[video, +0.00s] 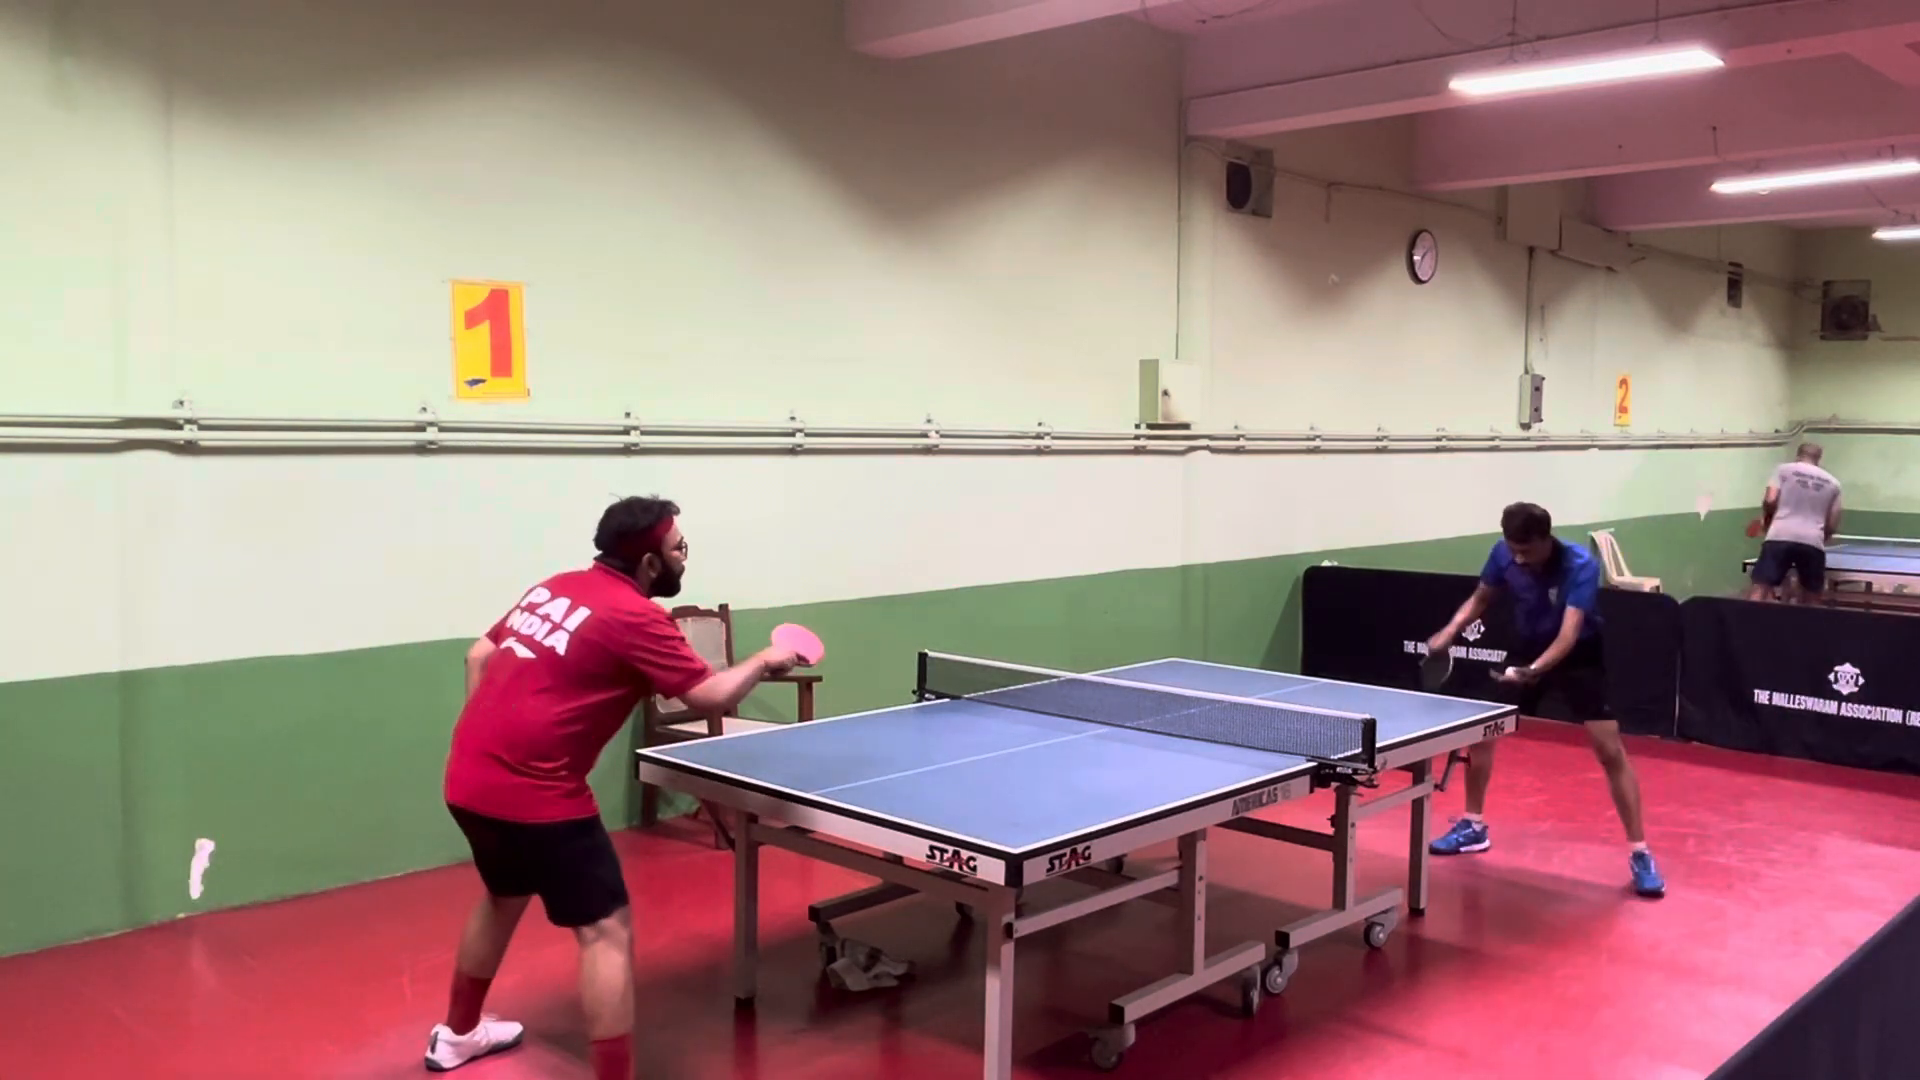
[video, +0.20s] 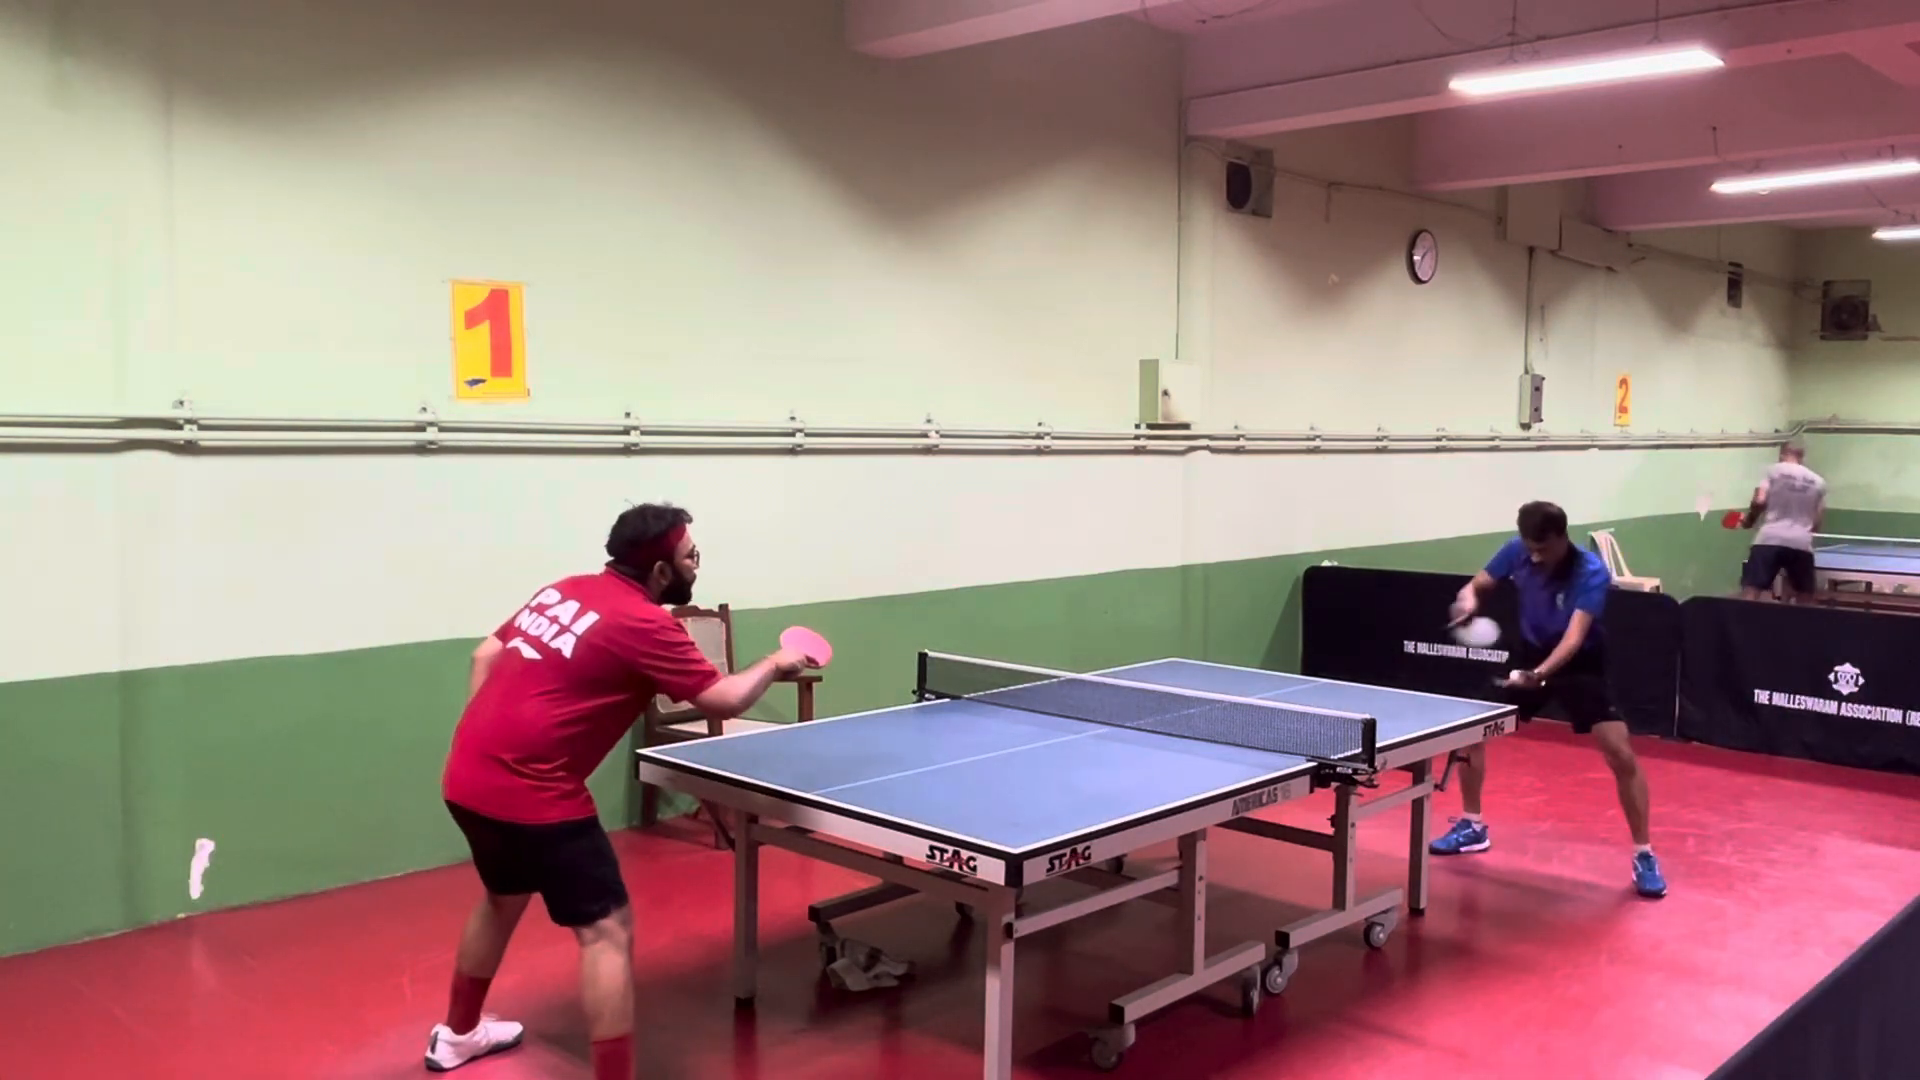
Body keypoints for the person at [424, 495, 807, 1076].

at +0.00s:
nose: (686, 556)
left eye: (683, 545)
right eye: (678, 548)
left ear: (623, 555)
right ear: (648, 561)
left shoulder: (559, 585)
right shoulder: (640, 618)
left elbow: (480, 655)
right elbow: (710, 696)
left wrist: (485, 740)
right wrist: (763, 660)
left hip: (469, 785)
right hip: (541, 796)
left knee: (504, 896)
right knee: (605, 929)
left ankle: (457, 1033)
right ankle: (615, 1071)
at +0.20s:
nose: (698, 562)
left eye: (695, 552)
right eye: (690, 555)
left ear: (634, 562)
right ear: (659, 569)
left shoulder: (567, 588)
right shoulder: (648, 624)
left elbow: (486, 654)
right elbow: (723, 699)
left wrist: (482, 739)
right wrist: (775, 663)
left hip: (468, 783)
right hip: (538, 795)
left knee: (504, 897)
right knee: (605, 929)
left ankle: (458, 1032)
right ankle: (614, 1071)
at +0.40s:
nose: (701, 568)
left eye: (697, 558)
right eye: (692, 561)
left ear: (638, 568)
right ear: (660, 575)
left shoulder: (575, 592)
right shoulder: (649, 631)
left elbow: (490, 655)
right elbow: (724, 702)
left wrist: (497, 740)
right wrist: (780, 663)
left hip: (466, 781)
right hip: (531, 796)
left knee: (509, 895)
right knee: (602, 930)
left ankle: (456, 1028)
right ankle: (612, 1072)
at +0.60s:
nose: (698, 569)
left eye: (695, 559)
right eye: (690, 562)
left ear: (635, 569)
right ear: (658, 576)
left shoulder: (572, 593)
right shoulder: (646, 632)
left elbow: (488, 658)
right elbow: (721, 705)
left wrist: (505, 740)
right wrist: (779, 669)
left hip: (463, 781)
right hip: (528, 795)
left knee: (507, 896)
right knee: (599, 931)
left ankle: (451, 1029)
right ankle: (612, 1072)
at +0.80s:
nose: (694, 569)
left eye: (691, 559)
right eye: (686, 562)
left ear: (627, 568)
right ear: (655, 576)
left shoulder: (566, 594)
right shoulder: (641, 632)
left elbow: (484, 661)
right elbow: (712, 714)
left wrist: (519, 735)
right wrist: (771, 682)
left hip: (459, 781)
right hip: (524, 796)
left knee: (501, 896)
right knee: (596, 931)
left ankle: (450, 1030)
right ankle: (612, 1072)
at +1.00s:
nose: (690, 567)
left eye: (686, 556)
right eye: (681, 559)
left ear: (623, 567)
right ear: (651, 574)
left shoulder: (564, 593)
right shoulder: (633, 632)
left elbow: (482, 664)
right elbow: (673, 727)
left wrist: (516, 738)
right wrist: (748, 715)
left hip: (458, 784)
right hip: (524, 799)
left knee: (499, 899)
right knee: (596, 930)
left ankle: (449, 1031)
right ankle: (613, 1072)